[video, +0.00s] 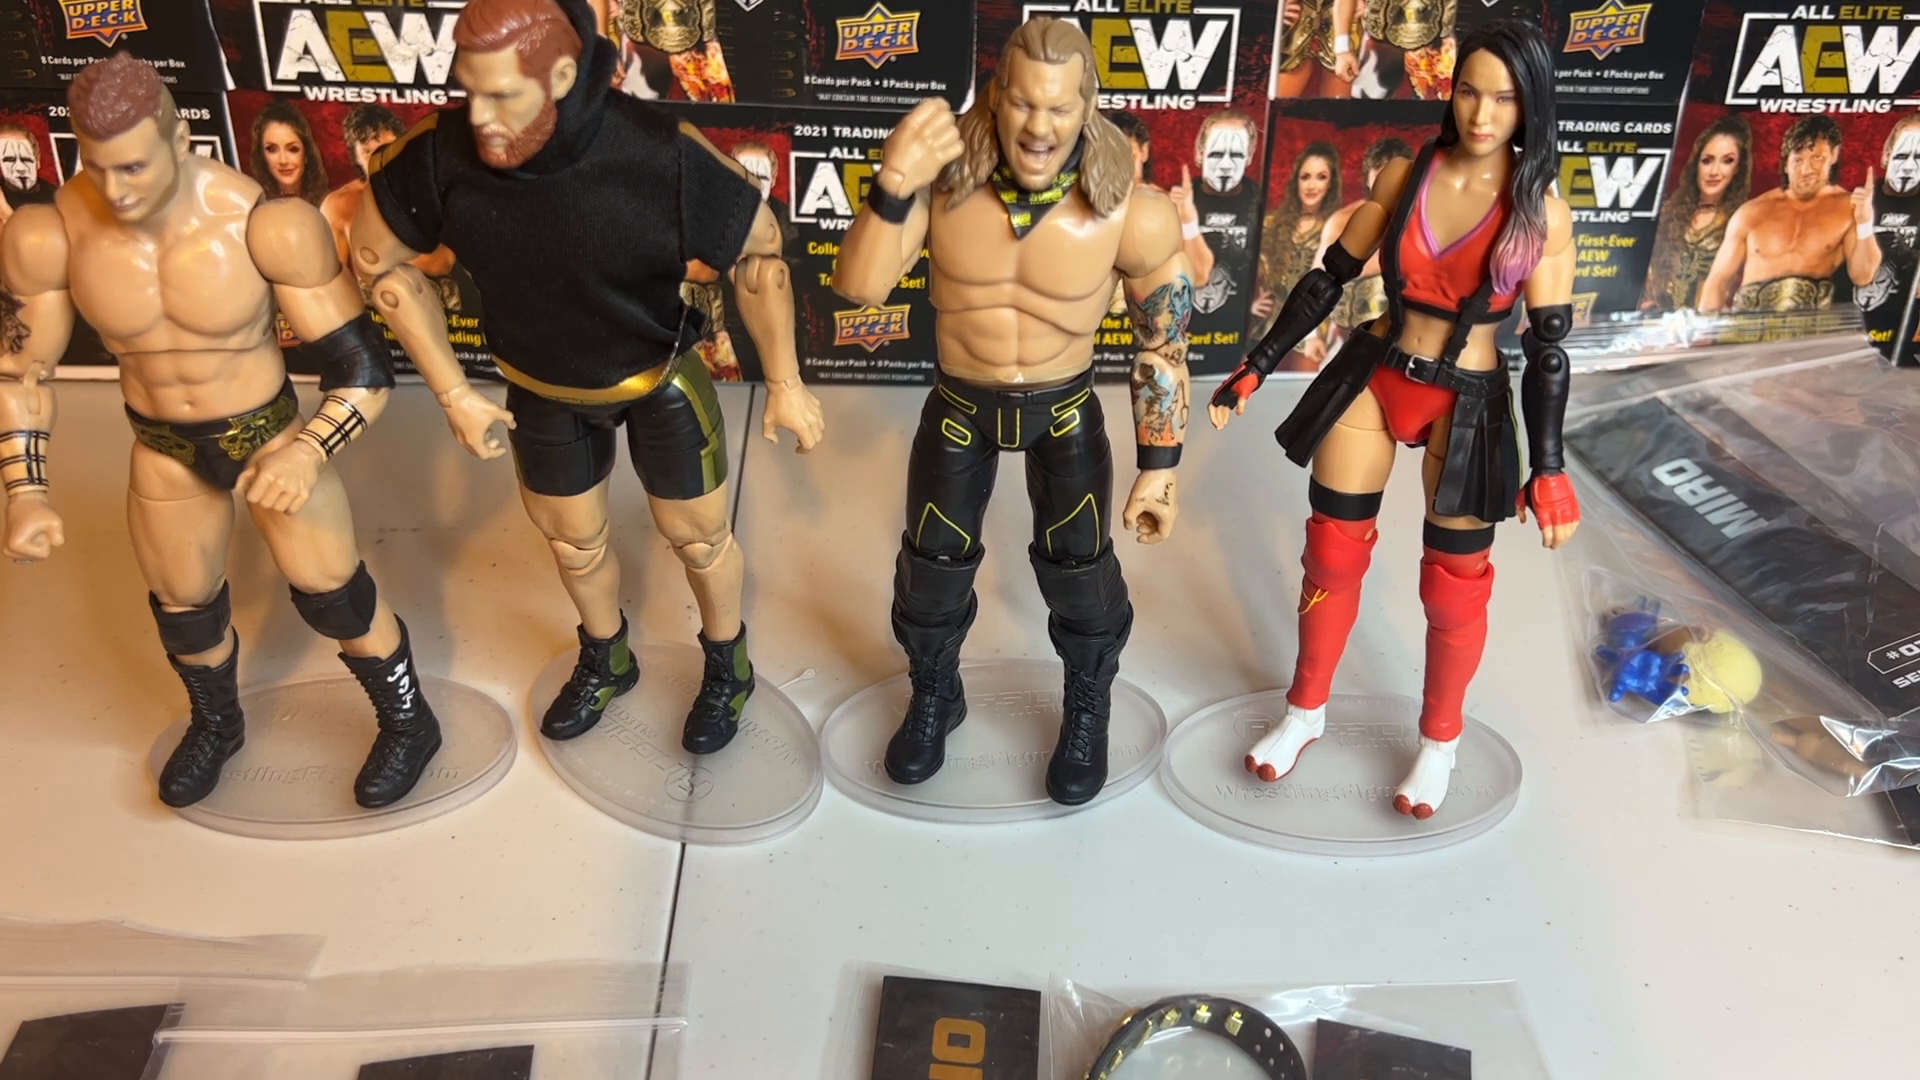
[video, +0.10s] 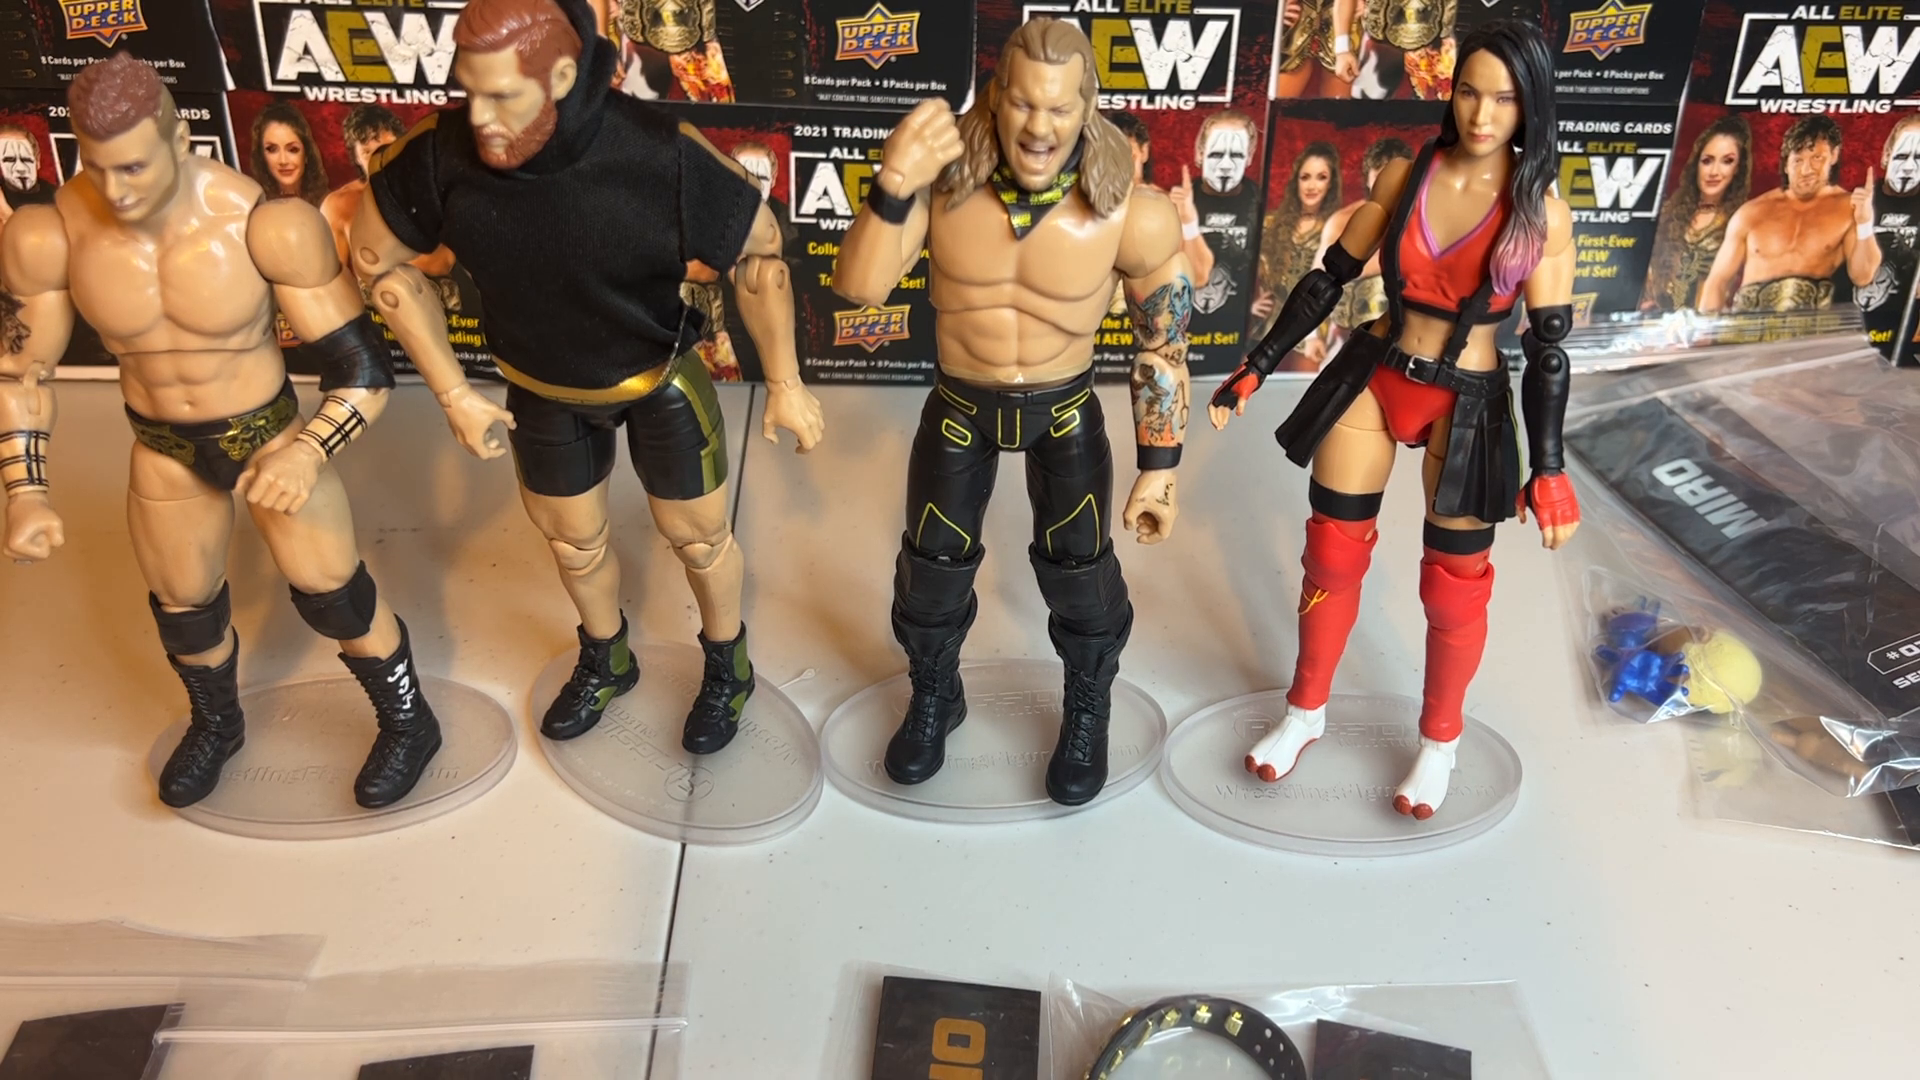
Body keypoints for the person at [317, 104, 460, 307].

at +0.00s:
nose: (380, 159)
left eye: (387, 149)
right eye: (369, 153)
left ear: (403, 147)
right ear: (356, 157)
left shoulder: (431, 191)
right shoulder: (338, 205)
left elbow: (443, 263)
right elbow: (337, 276)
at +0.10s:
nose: (379, 160)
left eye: (387, 150)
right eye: (369, 153)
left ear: (402, 148)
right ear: (355, 157)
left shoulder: (431, 191)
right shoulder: (339, 204)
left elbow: (443, 263)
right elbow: (337, 276)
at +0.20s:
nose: (380, 160)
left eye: (387, 149)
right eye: (369, 153)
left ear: (402, 147)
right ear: (356, 157)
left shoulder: (431, 191)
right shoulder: (339, 205)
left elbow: (442, 263)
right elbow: (337, 276)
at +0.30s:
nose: (380, 160)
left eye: (387, 150)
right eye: (369, 153)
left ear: (402, 147)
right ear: (356, 157)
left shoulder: (431, 191)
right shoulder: (339, 205)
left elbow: (443, 263)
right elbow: (336, 276)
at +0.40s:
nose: (380, 160)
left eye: (387, 150)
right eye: (369, 153)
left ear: (402, 147)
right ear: (355, 157)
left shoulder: (431, 191)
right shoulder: (339, 205)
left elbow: (443, 263)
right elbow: (336, 276)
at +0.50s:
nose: (380, 160)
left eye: (387, 150)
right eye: (369, 153)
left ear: (402, 147)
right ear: (356, 157)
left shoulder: (431, 191)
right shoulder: (339, 205)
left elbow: (443, 263)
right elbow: (336, 276)